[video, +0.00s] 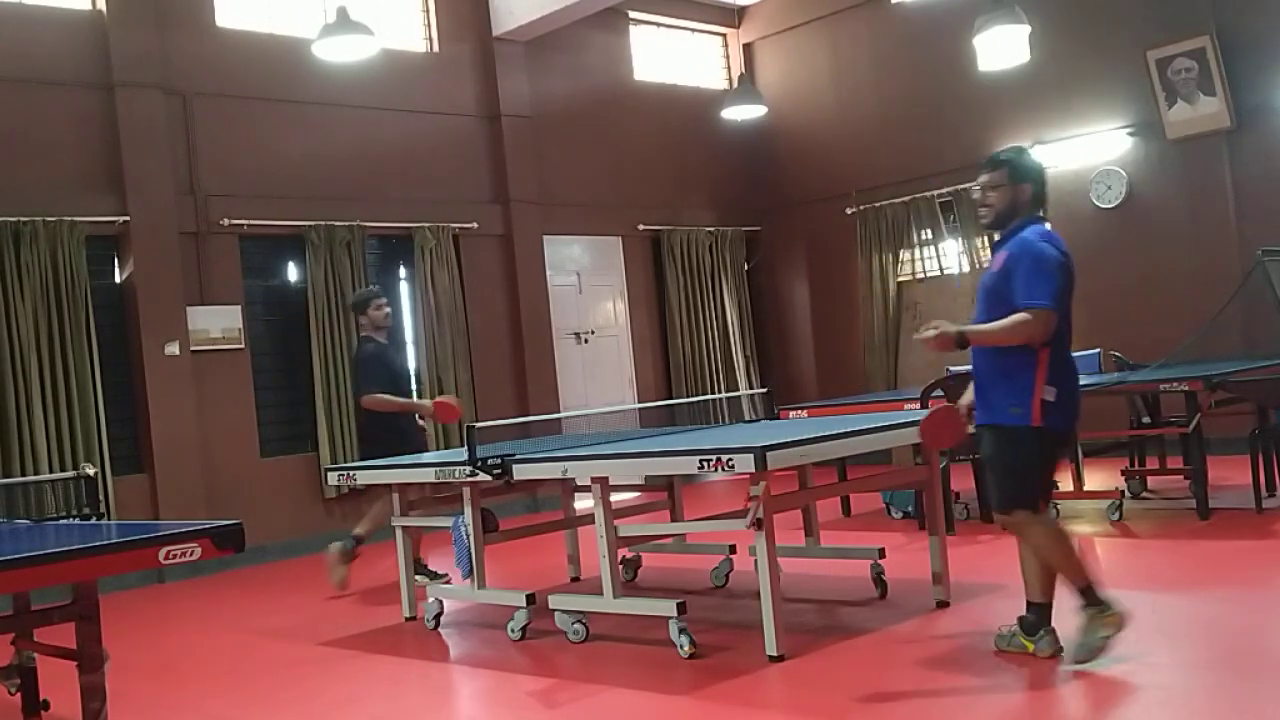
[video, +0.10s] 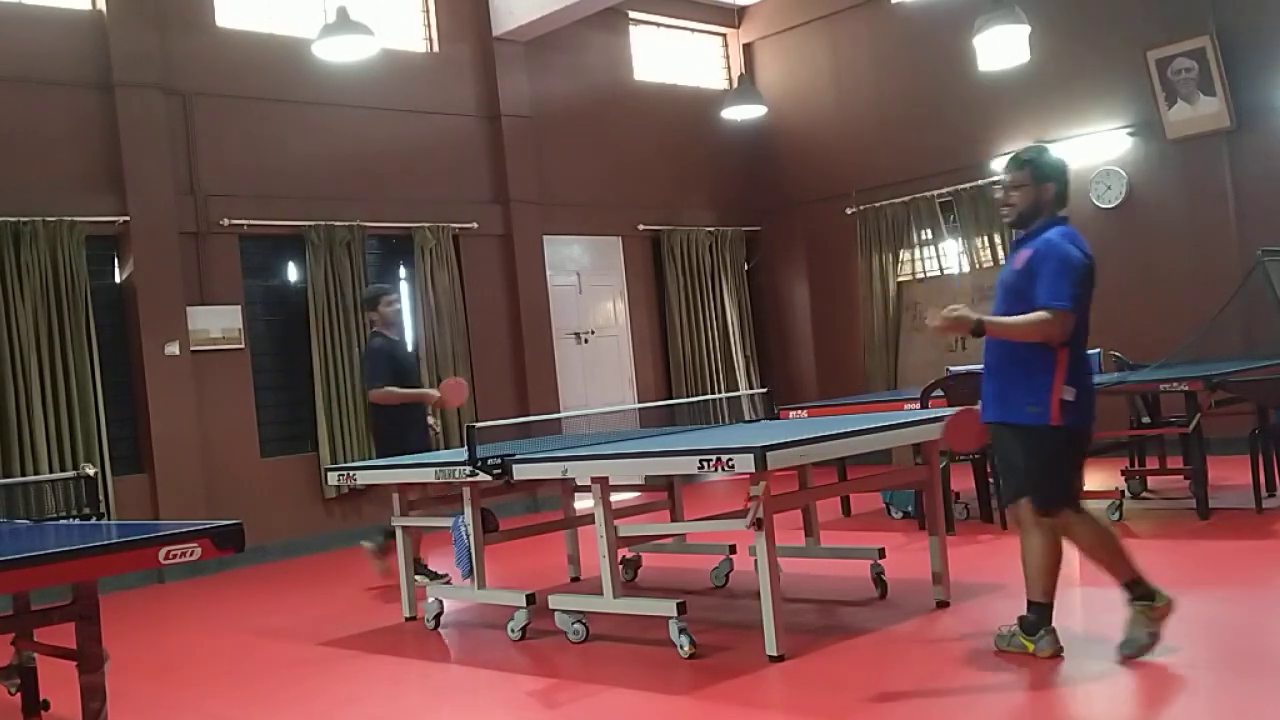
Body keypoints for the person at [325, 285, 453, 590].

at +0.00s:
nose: (387, 310)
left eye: (386, 306)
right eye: (379, 308)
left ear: (384, 311)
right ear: (362, 317)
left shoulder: (381, 347)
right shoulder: (369, 351)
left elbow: (388, 396)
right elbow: (368, 398)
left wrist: (412, 419)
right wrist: (416, 405)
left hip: (396, 438)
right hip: (393, 441)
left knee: (394, 497)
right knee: (414, 500)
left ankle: (351, 543)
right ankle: (415, 563)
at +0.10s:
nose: (398, 307)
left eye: (398, 302)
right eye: (391, 304)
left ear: (399, 307)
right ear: (374, 313)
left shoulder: (397, 344)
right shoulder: (377, 347)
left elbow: (405, 390)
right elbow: (376, 393)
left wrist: (424, 418)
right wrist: (423, 395)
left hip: (412, 437)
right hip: (397, 440)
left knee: (419, 498)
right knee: (413, 501)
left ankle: (382, 539)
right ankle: (415, 562)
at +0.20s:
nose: (409, 306)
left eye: (410, 301)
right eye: (401, 303)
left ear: (413, 307)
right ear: (385, 311)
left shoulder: (412, 339)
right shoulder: (385, 343)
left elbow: (419, 383)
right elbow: (380, 389)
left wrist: (439, 412)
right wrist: (426, 391)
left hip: (426, 431)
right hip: (404, 436)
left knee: (432, 496)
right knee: (414, 499)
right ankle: (414, 561)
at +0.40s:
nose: (433, 309)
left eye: (435, 304)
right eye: (425, 305)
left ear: (440, 308)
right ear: (412, 312)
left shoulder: (450, 344)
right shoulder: (400, 348)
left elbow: (463, 376)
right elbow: (379, 388)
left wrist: (469, 397)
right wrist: (413, 395)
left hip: (453, 437)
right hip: (417, 440)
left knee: (471, 493)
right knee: (423, 503)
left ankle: (491, 548)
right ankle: (416, 561)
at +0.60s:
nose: (456, 309)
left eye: (458, 304)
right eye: (449, 305)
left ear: (463, 307)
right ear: (433, 311)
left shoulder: (477, 340)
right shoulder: (419, 347)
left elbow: (492, 365)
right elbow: (401, 380)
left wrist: (497, 365)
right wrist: (409, 391)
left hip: (472, 429)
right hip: (434, 433)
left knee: (478, 492)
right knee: (429, 498)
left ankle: (495, 547)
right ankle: (422, 559)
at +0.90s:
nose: (460, 312)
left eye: (463, 307)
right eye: (454, 308)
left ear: (467, 309)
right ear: (439, 311)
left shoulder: (475, 336)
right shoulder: (424, 346)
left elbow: (492, 362)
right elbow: (407, 383)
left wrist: (471, 328)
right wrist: (417, 389)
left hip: (481, 424)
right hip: (441, 430)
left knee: (486, 488)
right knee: (442, 493)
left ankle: (496, 547)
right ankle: (440, 552)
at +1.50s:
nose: (434, 316)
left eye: (436, 311)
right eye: (427, 312)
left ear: (440, 312)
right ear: (413, 314)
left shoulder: (448, 339)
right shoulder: (393, 350)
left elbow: (467, 371)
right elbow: (381, 389)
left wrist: (435, 352)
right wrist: (400, 404)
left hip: (452, 426)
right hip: (417, 431)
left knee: (457, 490)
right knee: (427, 493)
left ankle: (460, 546)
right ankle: (437, 549)